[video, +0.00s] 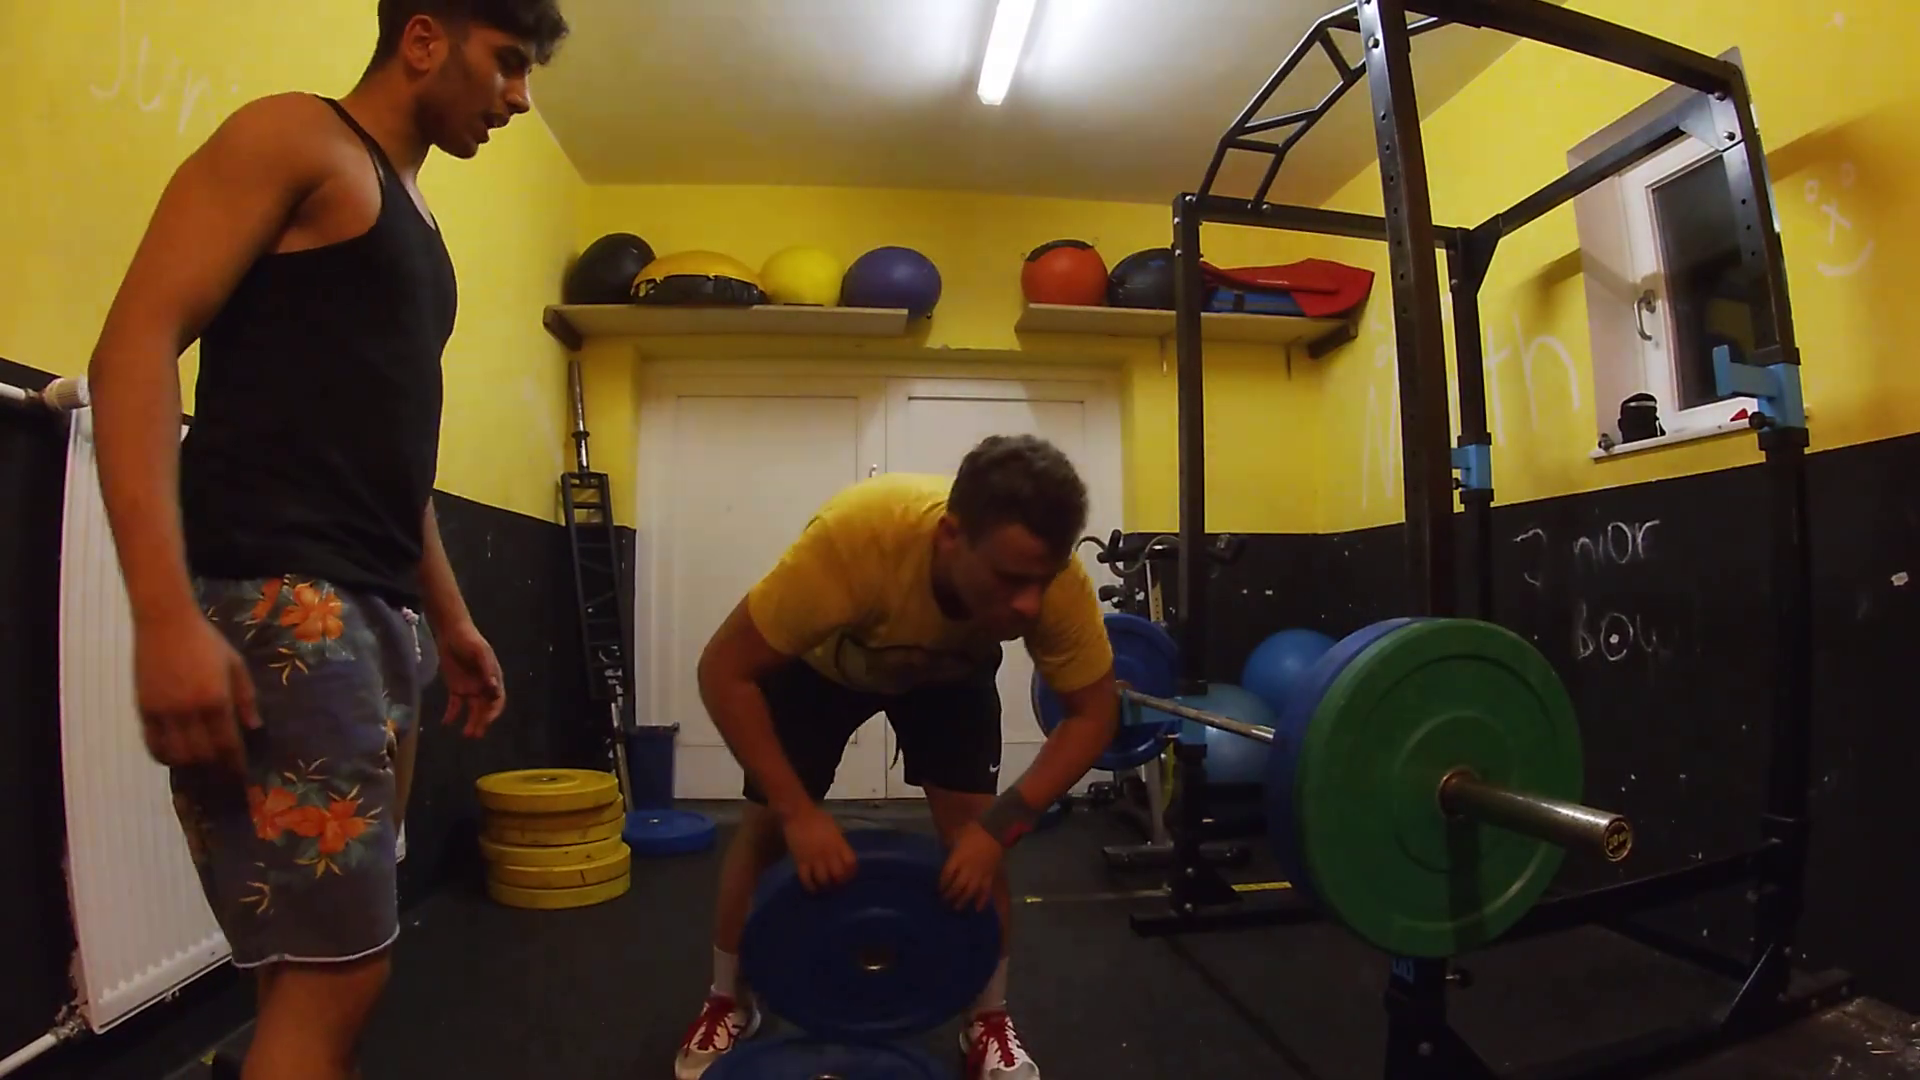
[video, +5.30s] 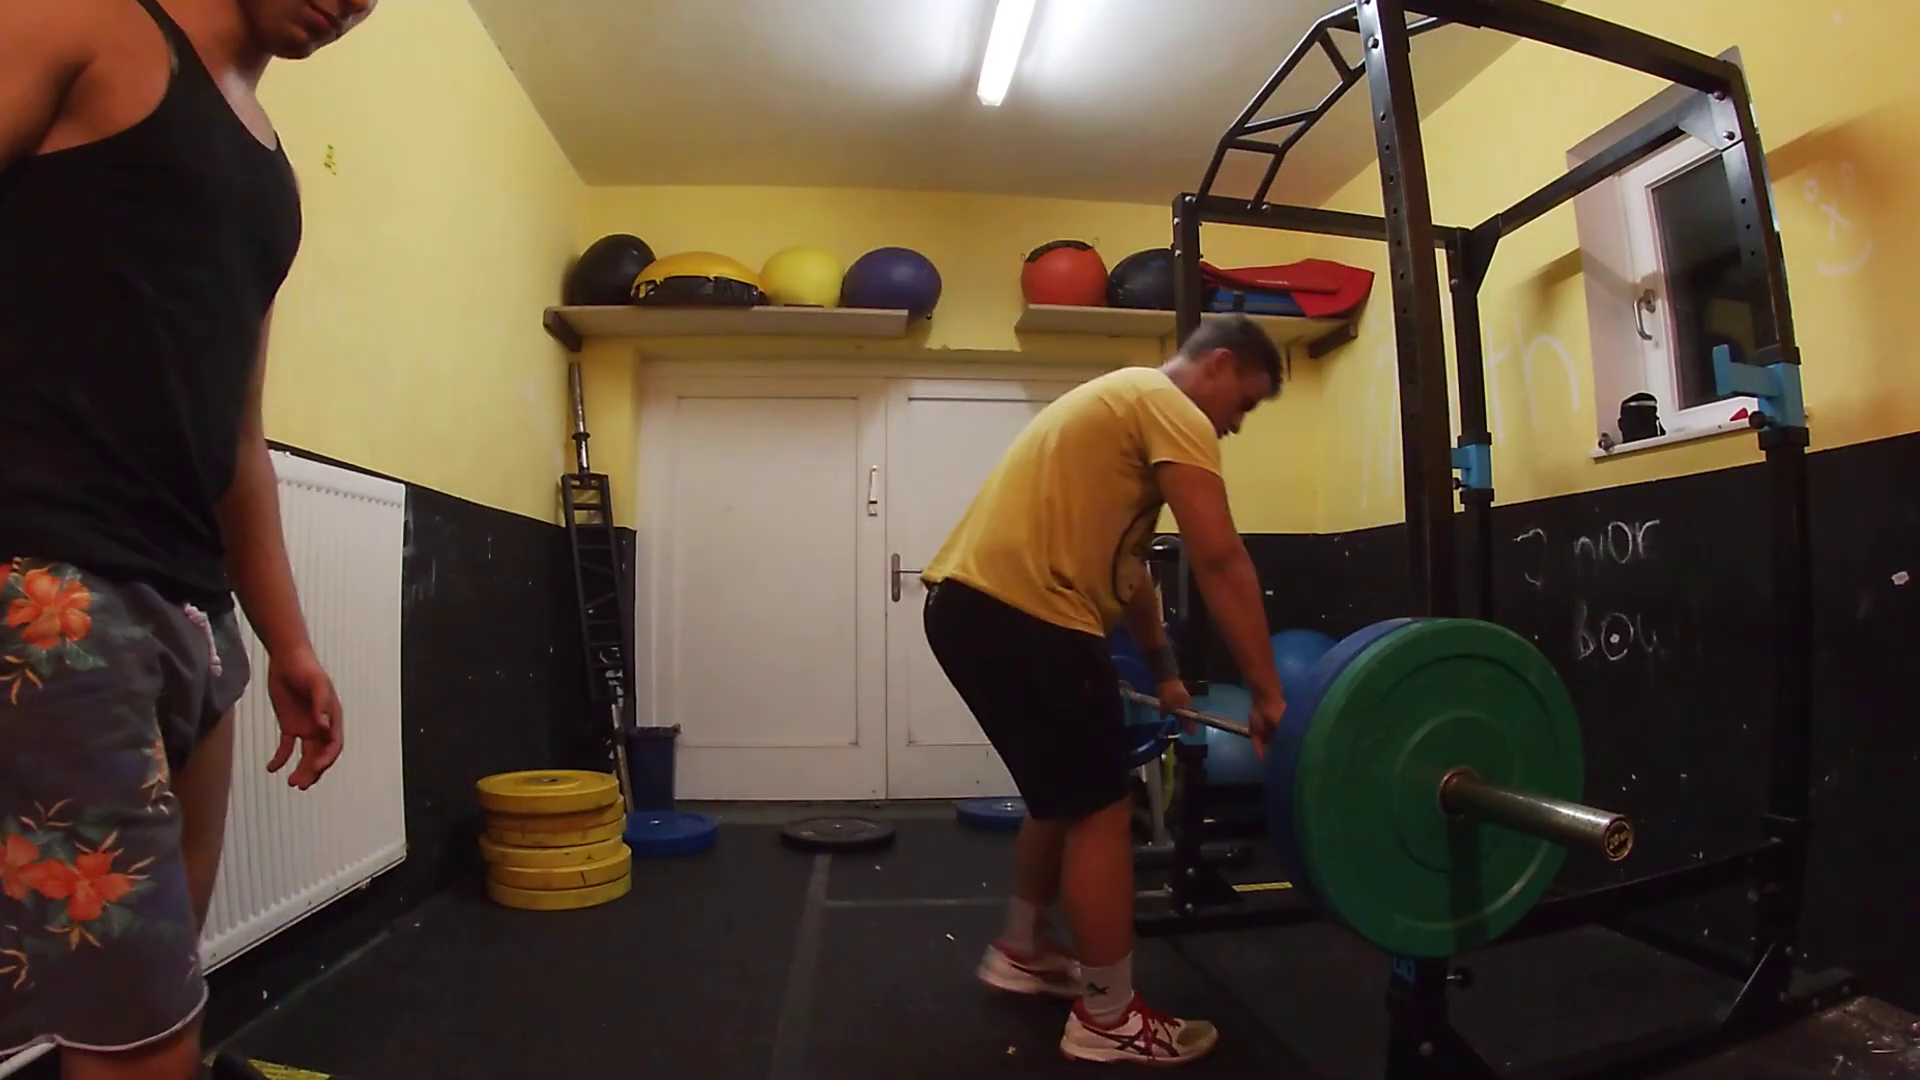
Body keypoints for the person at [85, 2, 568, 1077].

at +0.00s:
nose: (520, 98)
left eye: (529, 74)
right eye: (509, 62)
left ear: (440, 51)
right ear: (425, 38)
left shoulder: (408, 214)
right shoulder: (293, 134)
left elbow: (386, 445)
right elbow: (133, 350)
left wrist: (447, 616)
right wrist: (164, 614)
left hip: (373, 613)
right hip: (283, 609)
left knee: (328, 966)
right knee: (334, 976)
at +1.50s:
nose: (472, 29)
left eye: (485, 12)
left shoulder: (353, 133)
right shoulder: (203, 48)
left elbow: (330, 409)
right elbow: (17, 269)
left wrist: (406, 610)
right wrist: (175, 464)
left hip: (337, 622)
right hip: (188, 617)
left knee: (322, 995)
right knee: (192, 1035)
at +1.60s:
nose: (470, 43)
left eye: (488, 24)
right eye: (471, 8)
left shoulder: (363, 162)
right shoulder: (197, 61)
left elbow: (342, 422)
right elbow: (25, 271)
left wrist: (417, 614)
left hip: (347, 630)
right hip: (199, 622)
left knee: (318, 1000)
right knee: (201, 1039)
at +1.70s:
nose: (467, 52)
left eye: (485, 32)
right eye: (473, 18)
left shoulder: (355, 148)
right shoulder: (210, 62)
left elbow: (350, 415)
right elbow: (51, 231)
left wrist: (424, 614)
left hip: (355, 625)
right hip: (210, 615)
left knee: (321, 991)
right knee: (206, 1037)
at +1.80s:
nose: (459, 60)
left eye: (479, 38)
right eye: (463, 21)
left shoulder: (344, 143)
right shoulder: (226, 94)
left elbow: (356, 408)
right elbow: (136, 102)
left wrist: (430, 616)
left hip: (358, 620)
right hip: (214, 617)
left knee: (324, 989)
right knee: (207, 1032)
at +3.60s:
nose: (440, 71)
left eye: (463, 54)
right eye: (444, 30)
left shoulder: (353, 158)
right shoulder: (208, 76)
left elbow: (344, 401)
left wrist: (414, 600)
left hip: (357, 618)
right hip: (229, 616)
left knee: (323, 999)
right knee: (217, 1032)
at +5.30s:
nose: (357, 4)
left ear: (346, 20)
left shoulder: (263, 157)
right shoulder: (78, 22)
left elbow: (235, 430)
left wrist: (288, 641)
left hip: (186, 606)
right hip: (47, 592)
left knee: (147, 1009)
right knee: (140, 1044)